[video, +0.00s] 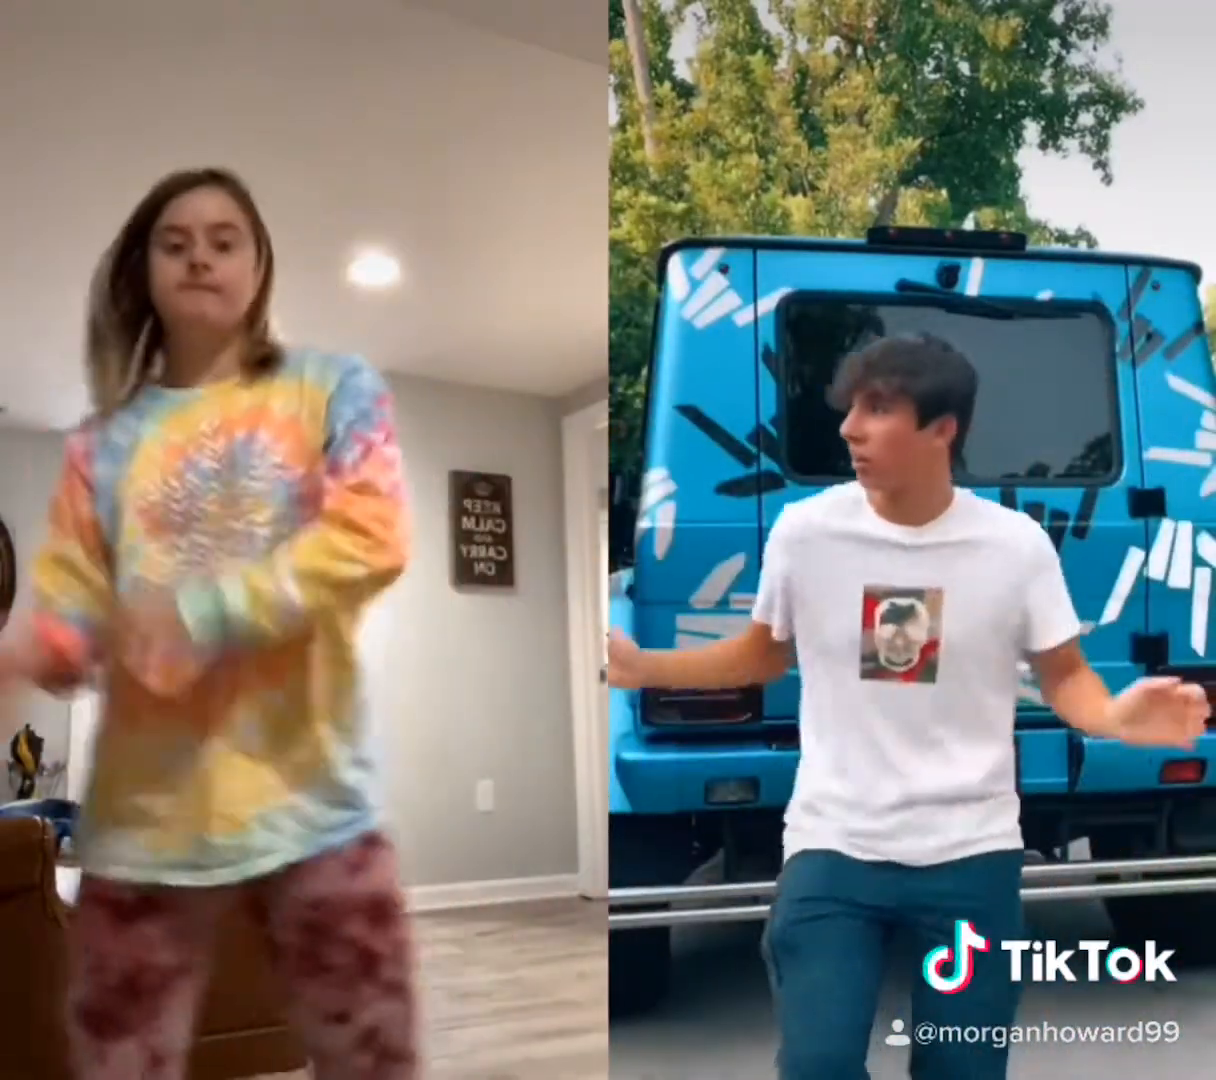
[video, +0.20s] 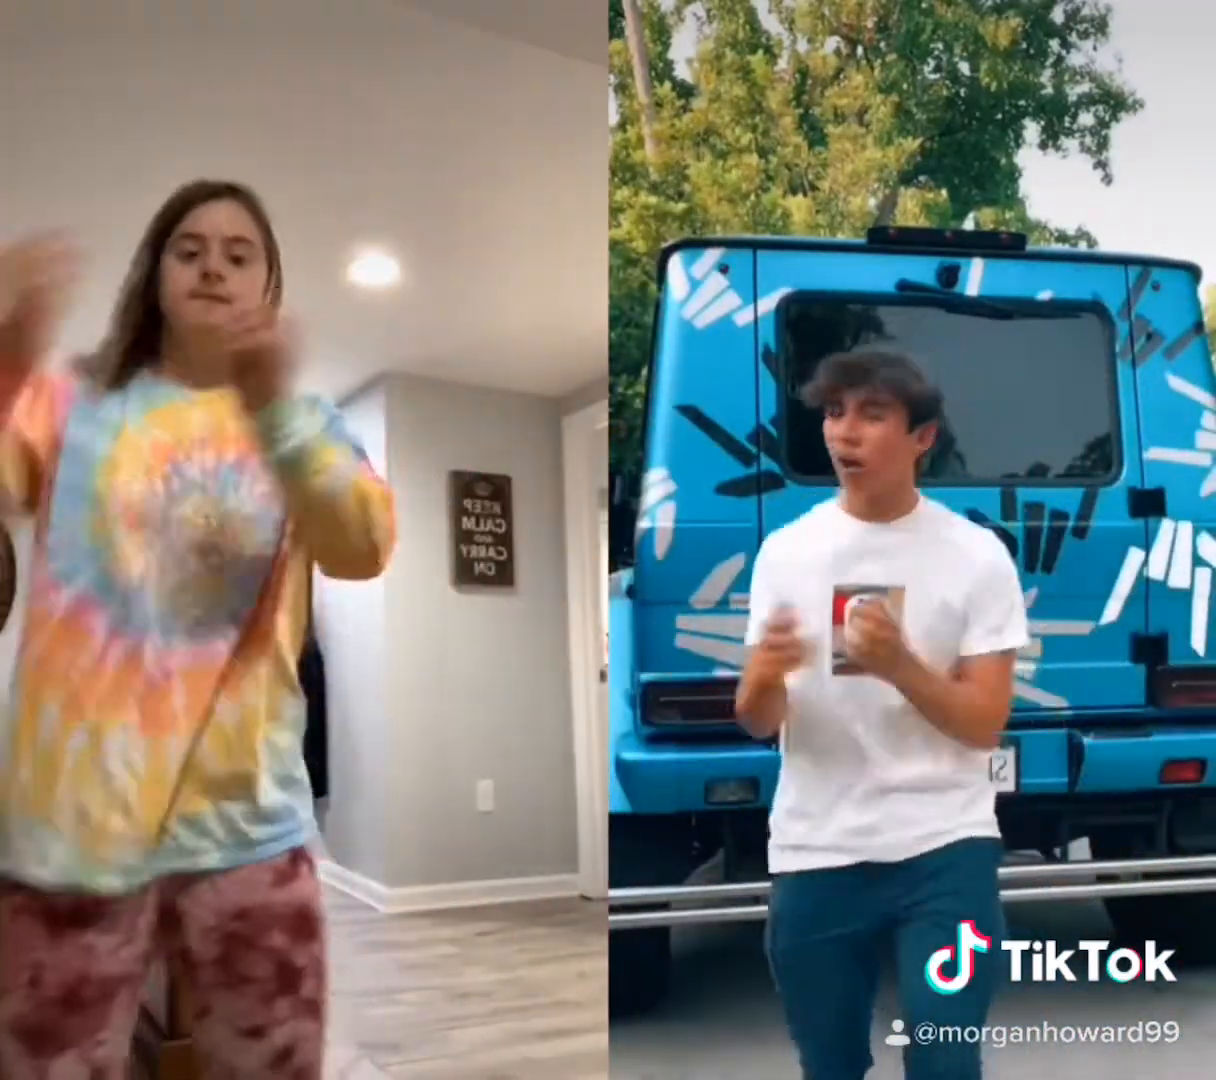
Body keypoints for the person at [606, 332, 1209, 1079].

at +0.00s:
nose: (850, 428)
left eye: (876, 409)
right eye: (849, 408)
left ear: (943, 430)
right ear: (848, 418)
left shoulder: (1016, 546)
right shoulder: (805, 534)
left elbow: (1067, 676)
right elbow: (765, 651)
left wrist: (1116, 716)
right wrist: (645, 667)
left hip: (971, 854)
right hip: (833, 849)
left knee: (963, 1063)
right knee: (816, 1059)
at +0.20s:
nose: (846, 432)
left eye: (872, 415)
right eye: (836, 413)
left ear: (922, 438)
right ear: (822, 426)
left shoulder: (977, 558)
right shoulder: (785, 554)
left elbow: (983, 723)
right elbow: (757, 723)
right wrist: (765, 675)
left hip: (947, 845)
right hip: (815, 852)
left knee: (946, 1059)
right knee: (828, 1065)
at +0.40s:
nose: (880, 434)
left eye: (899, 418)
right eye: (862, 418)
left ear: (926, 439)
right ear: (833, 438)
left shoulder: (968, 544)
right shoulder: (784, 543)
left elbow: (970, 681)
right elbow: (762, 664)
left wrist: (858, 589)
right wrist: (896, 588)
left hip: (938, 832)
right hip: (814, 845)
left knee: (948, 1051)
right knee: (832, 1064)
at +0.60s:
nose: (909, 421)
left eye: (929, 405)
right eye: (892, 404)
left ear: (955, 424)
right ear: (861, 419)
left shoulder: (994, 544)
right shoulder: (804, 534)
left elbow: (1017, 703)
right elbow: (804, 684)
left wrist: (895, 651)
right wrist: (939, 630)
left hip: (962, 840)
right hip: (836, 847)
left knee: (947, 1055)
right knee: (849, 1056)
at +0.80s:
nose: (961, 454)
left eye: (978, 439)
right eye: (942, 436)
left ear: (1000, 457)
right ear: (904, 450)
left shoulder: (1015, 568)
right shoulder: (846, 570)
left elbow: (1038, 689)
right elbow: (815, 732)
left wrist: (1010, 769)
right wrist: (941, 819)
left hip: (980, 857)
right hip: (877, 862)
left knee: (976, 1061)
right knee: (916, 1062)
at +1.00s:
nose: (1024, 432)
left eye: (1037, 415)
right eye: (1002, 408)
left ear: (1050, 429)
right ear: (949, 418)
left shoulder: (1005, 527)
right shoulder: (916, 535)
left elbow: (1034, 669)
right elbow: (841, 697)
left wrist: (1144, 699)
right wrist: (809, 864)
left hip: (984, 846)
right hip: (924, 861)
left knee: (946, 1059)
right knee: (970, 1063)